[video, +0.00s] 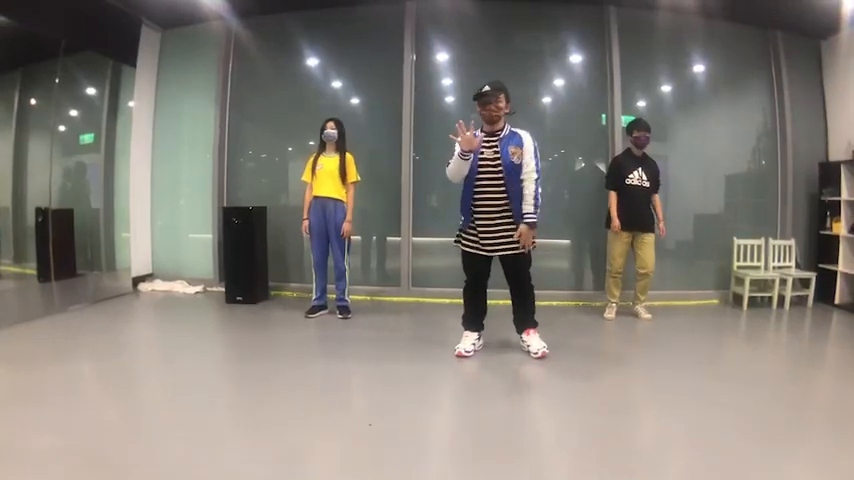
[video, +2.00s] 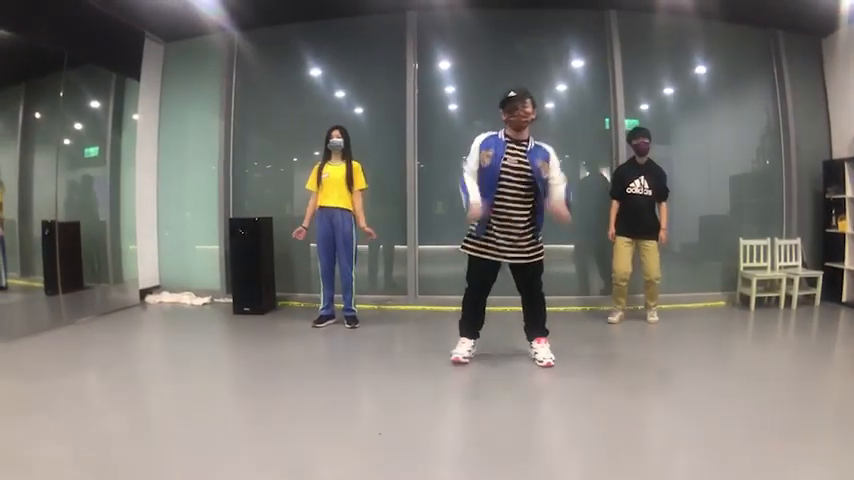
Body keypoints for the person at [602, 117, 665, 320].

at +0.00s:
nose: (643, 138)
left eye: (646, 135)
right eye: (638, 135)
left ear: (650, 137)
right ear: (630, 137)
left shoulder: (651, 165)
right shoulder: (619, 161)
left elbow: (654, 195)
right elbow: (612, 191)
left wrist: (660, 220)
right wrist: (614, 217)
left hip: (645, 225)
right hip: (621, 224)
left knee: (647, 269)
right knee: (615, 268)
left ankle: (639, 303)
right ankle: (612, 303)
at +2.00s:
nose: (643, 145)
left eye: (646, 142)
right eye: (638, 142)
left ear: (650, 144)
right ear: (631, 144)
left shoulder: (657, 172)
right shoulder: (621, 171)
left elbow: (662, 202)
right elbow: (615, 200)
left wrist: (663, 228)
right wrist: (611, 226)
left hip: (649, 232)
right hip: (624, 232)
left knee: (652, 276)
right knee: (620, 273)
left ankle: (651, 308)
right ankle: (619, 308)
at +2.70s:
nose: (632, 143)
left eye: (635, 140)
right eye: (627, 140)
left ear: (638, 142)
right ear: (619, 142)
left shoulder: (642, 170)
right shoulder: (610, 167)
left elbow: (644, 200)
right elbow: (598, 195)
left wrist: (648, 225)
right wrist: (602, 223)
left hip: (636, 230)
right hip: (612, 230)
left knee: (641, 273)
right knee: (605, 273)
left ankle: (640, 309)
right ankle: (595, 308)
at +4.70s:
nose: (606, 150)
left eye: (609, 146)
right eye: (602, 146)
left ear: (615, 149)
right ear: (596, 149)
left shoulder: (623, 171)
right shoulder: (589, 173)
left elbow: (641, 193)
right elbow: (578, 195)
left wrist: (628, 217)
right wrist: (580, 218)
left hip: (621, 234)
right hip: (596, 234)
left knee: (632, 276)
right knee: (590, 276)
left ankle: (649, 308)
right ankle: (589, 311)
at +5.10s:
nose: (632, 146)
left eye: (635, 142)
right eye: (628, 142)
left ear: (638, 143)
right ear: (618, 142)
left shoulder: (630, 165)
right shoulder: (607, 163)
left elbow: (628, 194)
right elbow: (587, 186)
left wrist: (639, 212)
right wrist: (593, 211)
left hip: (626, 228)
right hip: (603, 228)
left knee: (632, 272)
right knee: (597, 272)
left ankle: (628, 310)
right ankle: (584, 309)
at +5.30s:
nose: (646, 157)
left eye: (648, 153)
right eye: (642, 154)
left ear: (650, 154)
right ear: (633, 154)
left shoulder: (643, 178)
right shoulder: (623, 171)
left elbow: (645, 202)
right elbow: (611, 195)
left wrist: (649, 222)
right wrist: (619, 222)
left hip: (628, 238)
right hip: (607, 237)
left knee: (639, 276)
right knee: (594, 280)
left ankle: (627, 313)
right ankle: (571, 311)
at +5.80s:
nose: (624, 145)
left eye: (628, 142)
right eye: (620, 141)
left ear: (633, 147)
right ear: (613, 143)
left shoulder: (632, 174)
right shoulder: (598, 165)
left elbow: (638, 206)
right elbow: (586, 190)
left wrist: (642, 233)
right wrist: (589, 216)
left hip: (622, 234)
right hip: (596, 232)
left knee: (627, 277)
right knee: (592, 278)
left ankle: (626, 313)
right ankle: (586, 313)